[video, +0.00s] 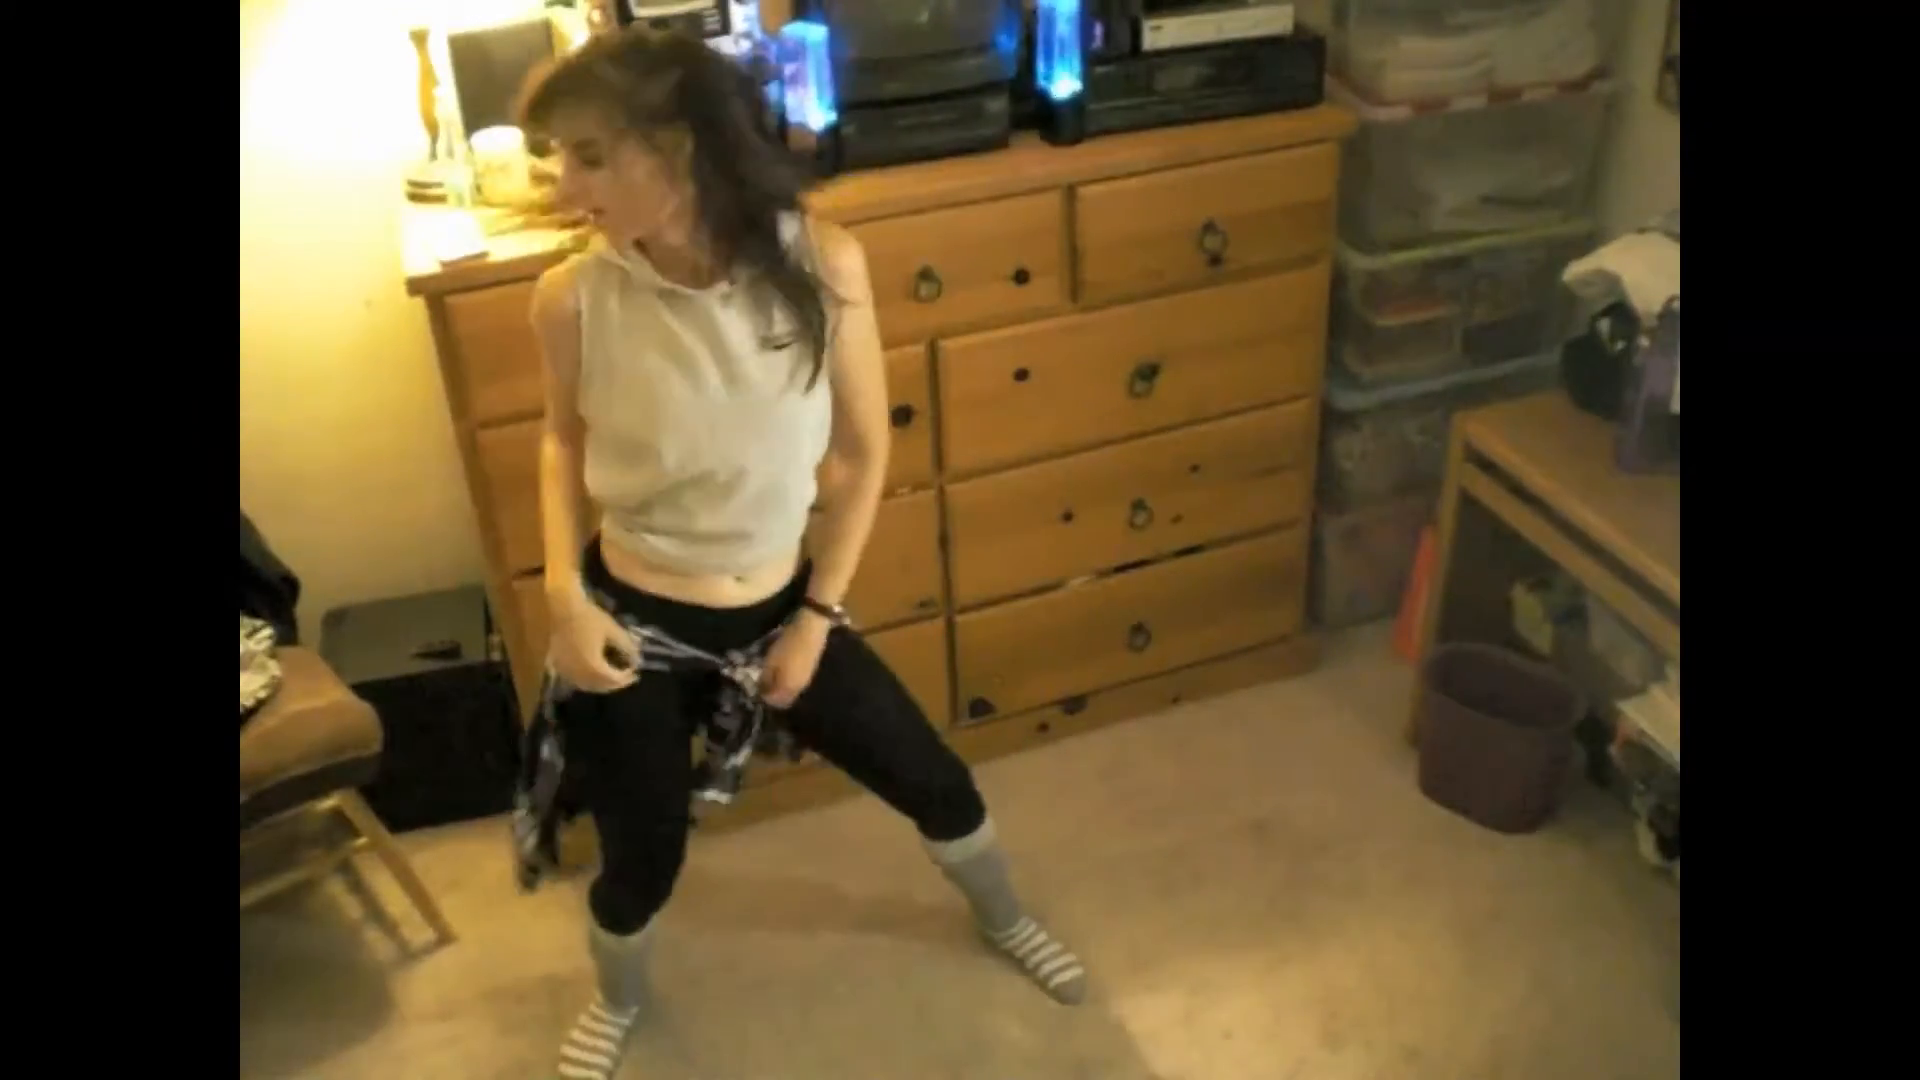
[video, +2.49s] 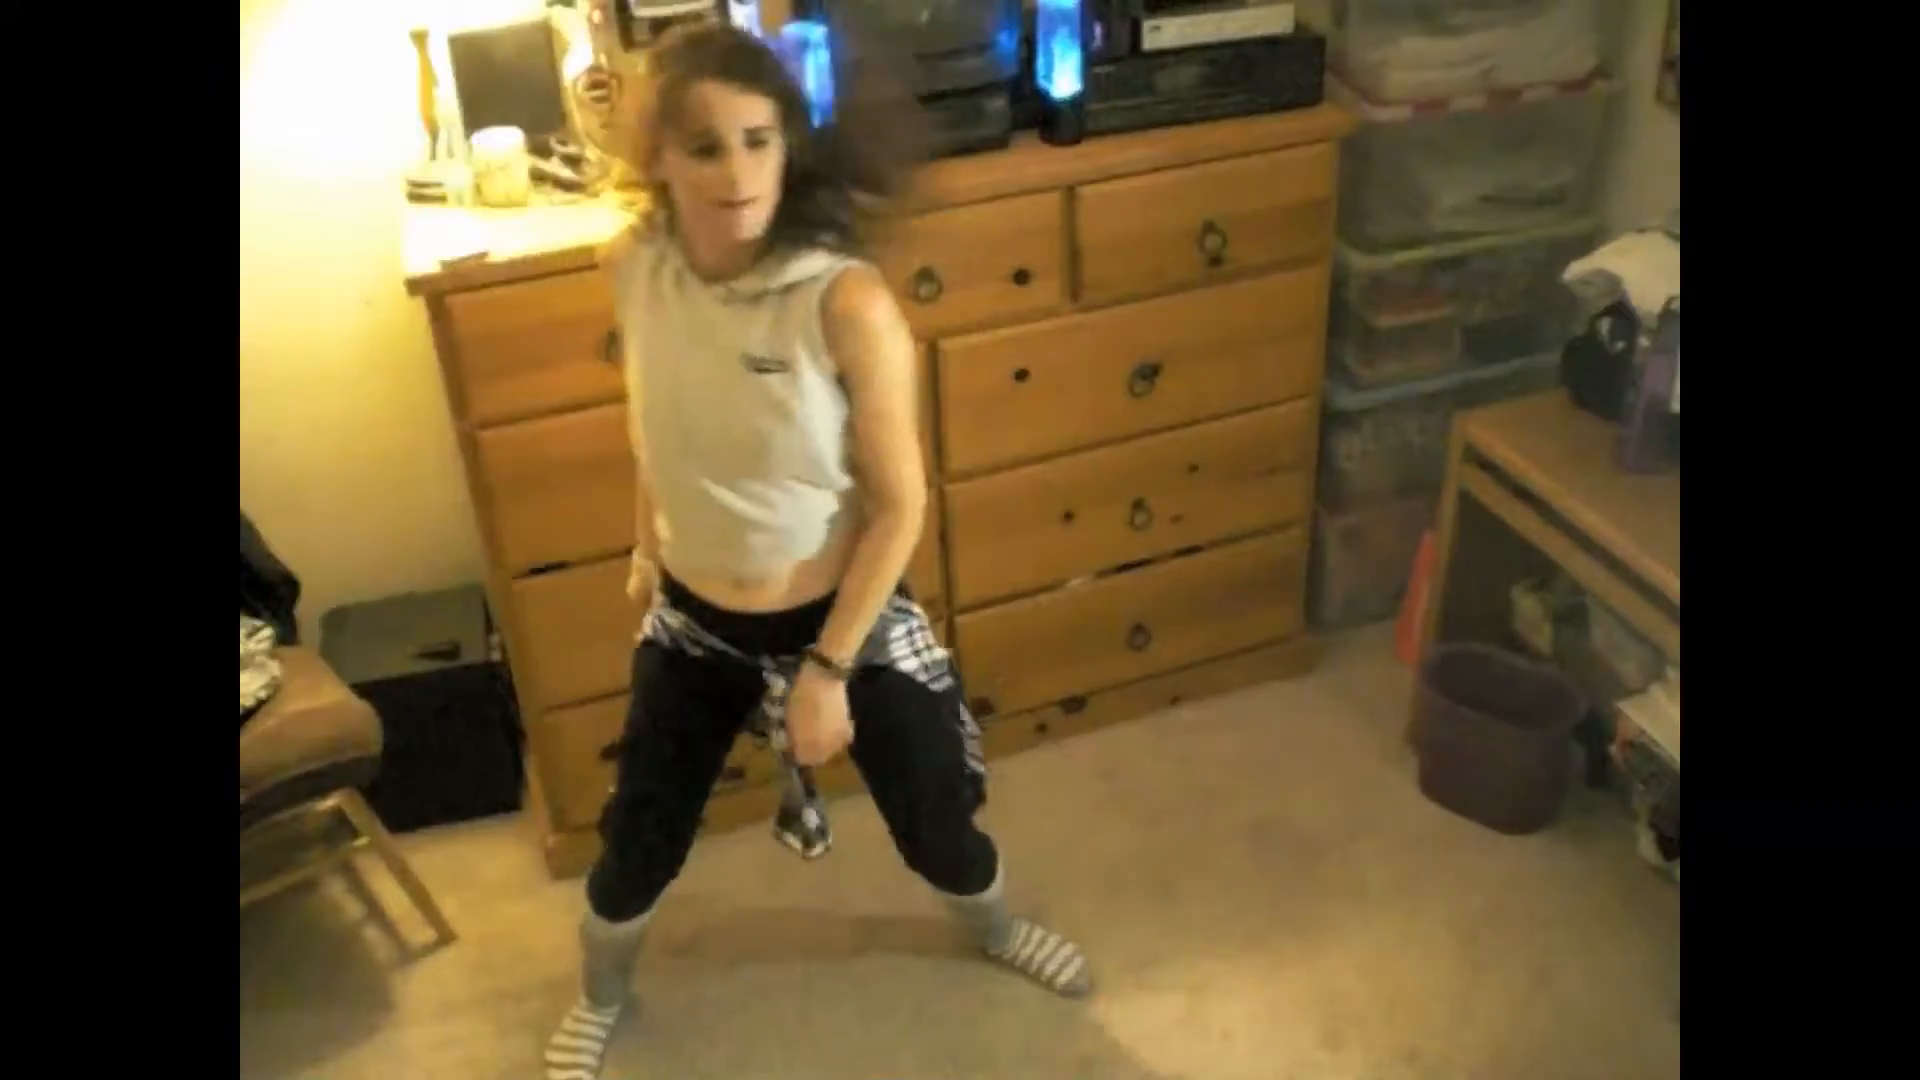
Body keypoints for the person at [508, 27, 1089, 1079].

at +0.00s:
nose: (562, 188)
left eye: (588, 158)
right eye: (556, 161)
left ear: (680, 158)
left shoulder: (819, 264)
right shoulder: (574, 302)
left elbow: (862, 451)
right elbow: (563, 442)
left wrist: (815, 615)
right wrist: (563, 588)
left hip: (786, 616)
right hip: (635, 626)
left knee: (944, 793)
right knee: (636, 869)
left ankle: (1009, 922)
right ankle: (617, 1007)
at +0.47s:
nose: (642, 152)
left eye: (659, 128)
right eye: (637, 128)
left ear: (733, 111)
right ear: (657, 116)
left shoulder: (850, 222)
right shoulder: (664, 196)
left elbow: (852, 444)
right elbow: (627, 344)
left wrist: (738, 600)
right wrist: (601, 495)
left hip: (791, 590)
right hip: (643, 568)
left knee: (888, 786)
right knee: (590, 805)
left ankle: (992, 922)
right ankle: (591, 1006)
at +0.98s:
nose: (882, 227)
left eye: (900, 195)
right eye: (848, 201)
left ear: (926, 199)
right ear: (795, 211)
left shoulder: (942, 322)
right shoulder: (737, 287)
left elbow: (944, 465)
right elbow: (682, 470)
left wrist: (937, 579)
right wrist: (718, 644)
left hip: (898, 622)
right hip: (760, 641)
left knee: (977, 806)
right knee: (641, 865)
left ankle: (1008, 928)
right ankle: (600, 1012)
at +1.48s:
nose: (932, 257)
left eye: (936, 224)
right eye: (895, 242)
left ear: (960, 217)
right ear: (847, 260)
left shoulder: (945, 319)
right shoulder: (839, 384)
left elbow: (906, 454)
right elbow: (698, 555)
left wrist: (968, 557)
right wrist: (776, 678)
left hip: (861, 616)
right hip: (729, 645)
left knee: (1018, 794)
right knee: (685, 922)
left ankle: (1008, 924)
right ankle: (598, 994)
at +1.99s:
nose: (636, 513)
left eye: (634, 494)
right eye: (617, 508)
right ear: (587, 476)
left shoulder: (781, 398)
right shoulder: (600, 442)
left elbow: (886, 568)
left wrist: (894, 716)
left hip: (839, 612)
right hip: (695, 636)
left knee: (972, 810)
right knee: (644, 876)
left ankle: (1002, 923)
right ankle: (601, 1005)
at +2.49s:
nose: (734, 172)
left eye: (756, 142)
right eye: (702, 147)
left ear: (788, 152)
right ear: (656, 162)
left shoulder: (844, 299)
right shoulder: (639, 273)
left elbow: (898, 501)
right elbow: (656, 420)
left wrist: (828, 666)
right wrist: (651, 546)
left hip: (850, 619)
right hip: (696, 620)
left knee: (942, 824)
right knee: (639, 842)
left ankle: (989, 926)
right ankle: (599, 997)